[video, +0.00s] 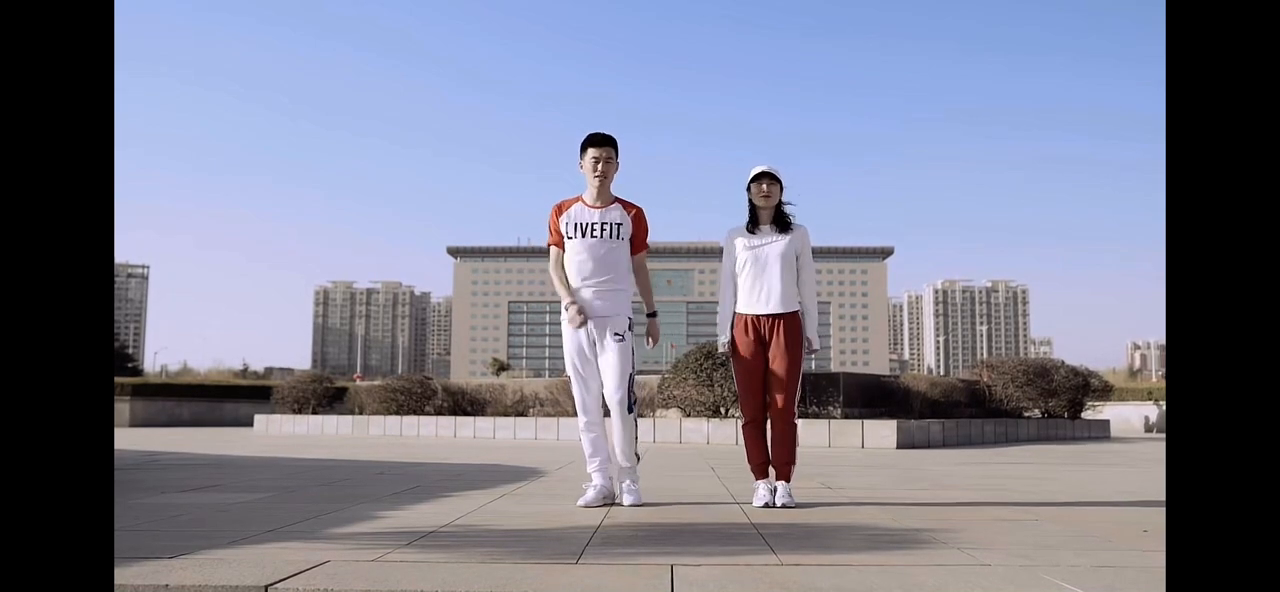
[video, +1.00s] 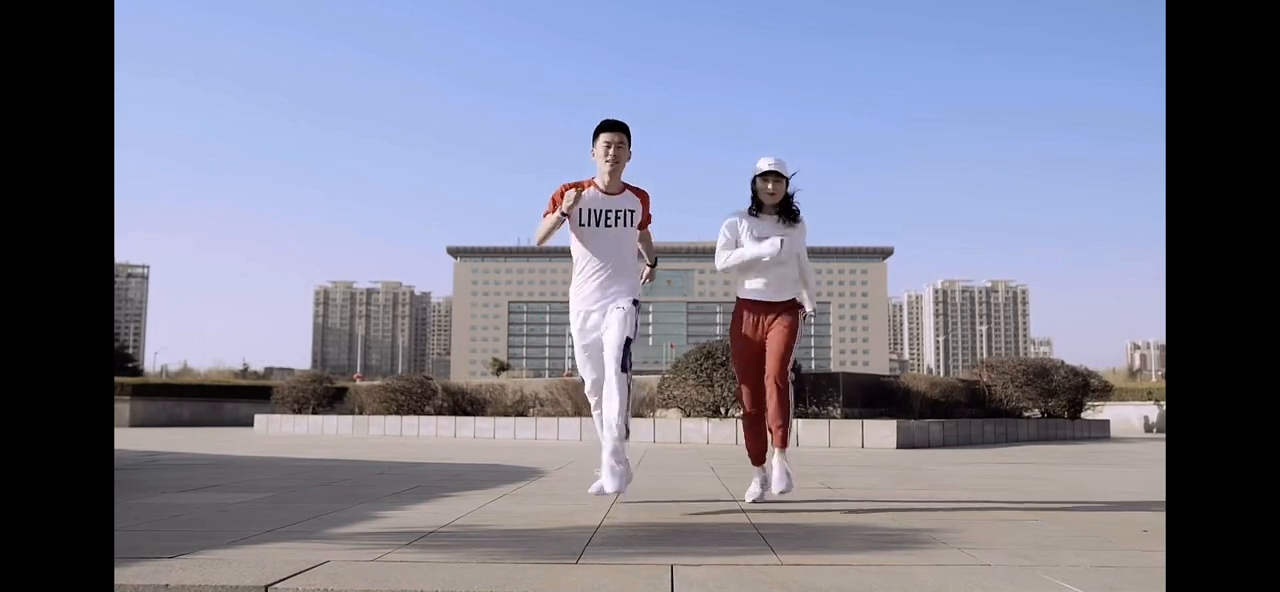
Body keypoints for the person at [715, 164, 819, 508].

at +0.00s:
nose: (765, 188)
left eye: (771, 184)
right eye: (758, 184)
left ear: (780, 192)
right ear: (749, 192)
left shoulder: (797, 234)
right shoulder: (735, 236)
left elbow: (808, 284)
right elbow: (727, 287)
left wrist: (810, 330)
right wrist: (724, 330)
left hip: (785, 325)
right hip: (745, 325)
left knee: (782, 405)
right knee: (752, 408)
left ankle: (782, 482)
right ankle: (761, 481)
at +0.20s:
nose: (764, 188)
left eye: (771, 183)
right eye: (758, 182)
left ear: (779, 192)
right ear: (748, 192)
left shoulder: (795, 234)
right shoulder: (733, 237)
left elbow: (807, 280)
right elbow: (725, 288)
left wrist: (810, 319)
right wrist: (722, 332)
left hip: (784, 326)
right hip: (743, 326)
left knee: (778, 407)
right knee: (753, 410)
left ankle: (783, 481)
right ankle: (762, 482)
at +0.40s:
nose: (763, 189)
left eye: (769, 184)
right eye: (757, 184)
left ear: (778, 191)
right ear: (747, 191)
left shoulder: (796, 231)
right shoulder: (733, 234)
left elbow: (814, 275)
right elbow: (717, 284)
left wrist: (799, 280)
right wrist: (711, 330)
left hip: (783, 324)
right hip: (745, 325)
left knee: (777, 403)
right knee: (753, 406)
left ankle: (785, 478)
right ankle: (761, 481)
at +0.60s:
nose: (762, 191)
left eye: (767, 185)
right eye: (755, 185)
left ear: (776, 190)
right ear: (745, 191)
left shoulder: (794, 227)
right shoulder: (733, 235)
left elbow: (811, 270)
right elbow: (718, 289)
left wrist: (802, 281)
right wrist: (701, 329)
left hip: (783, 323)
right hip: (745, 324)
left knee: (774, 403)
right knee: (752, 407)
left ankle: (783, 478)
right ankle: (761, 482)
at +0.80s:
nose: (765, 196)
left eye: (771, 191)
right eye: (759, 190)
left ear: (780, 197)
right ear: (750, 196)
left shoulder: (795, 239)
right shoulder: (732, 241)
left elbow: (806, 288)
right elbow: (724, 290)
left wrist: (810, 330)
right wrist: (725, 332)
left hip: (785, 322)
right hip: (745, 328)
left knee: (769, 340)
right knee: (753, 406)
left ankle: (779, 414)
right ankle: (762, 483)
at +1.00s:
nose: (771, 185)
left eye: (777, 179)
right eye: (765, 179)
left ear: (786, 185)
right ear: (755, 185)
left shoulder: (795, 225)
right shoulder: (736, 222)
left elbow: (803, 263)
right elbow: (721, 261)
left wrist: (811, 297)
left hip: (785, 311)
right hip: (747, 311)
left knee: (775, 378)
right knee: (750, 398)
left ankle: (779, 459)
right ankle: (758, 471)